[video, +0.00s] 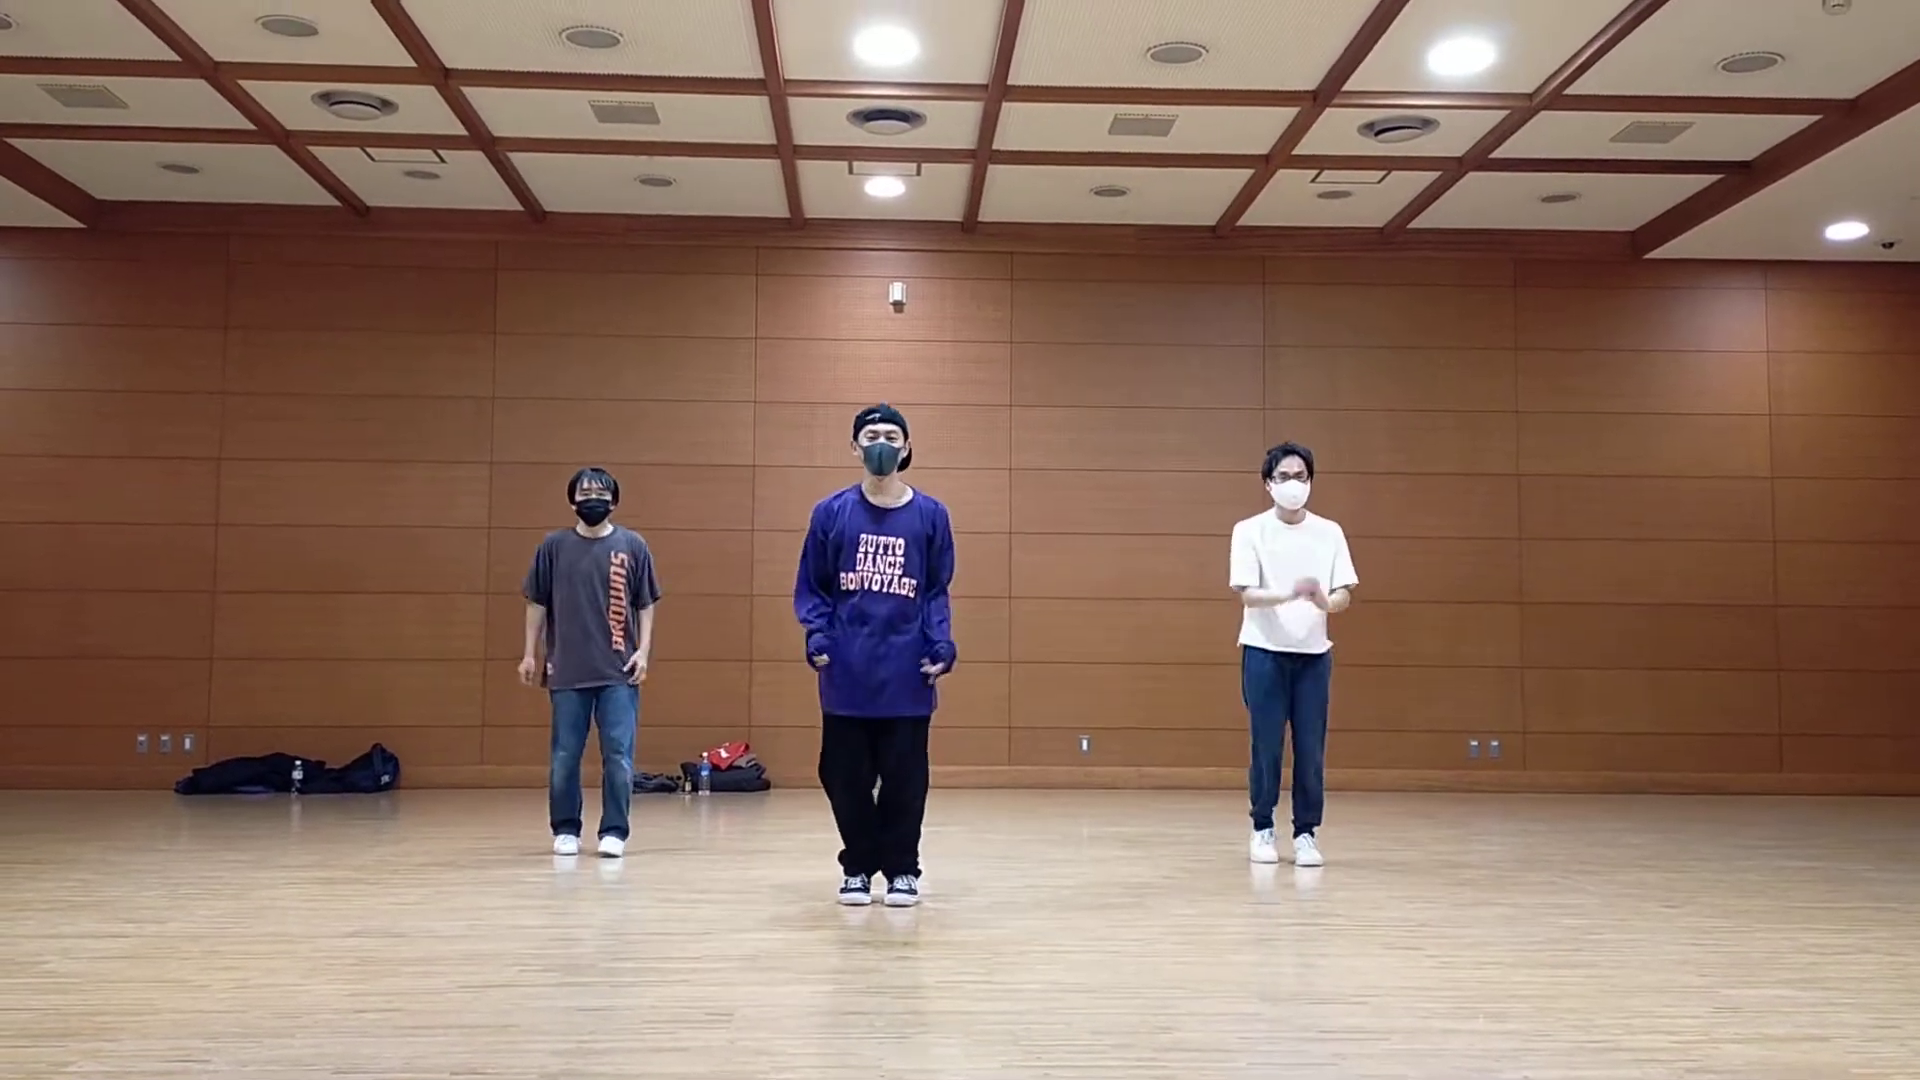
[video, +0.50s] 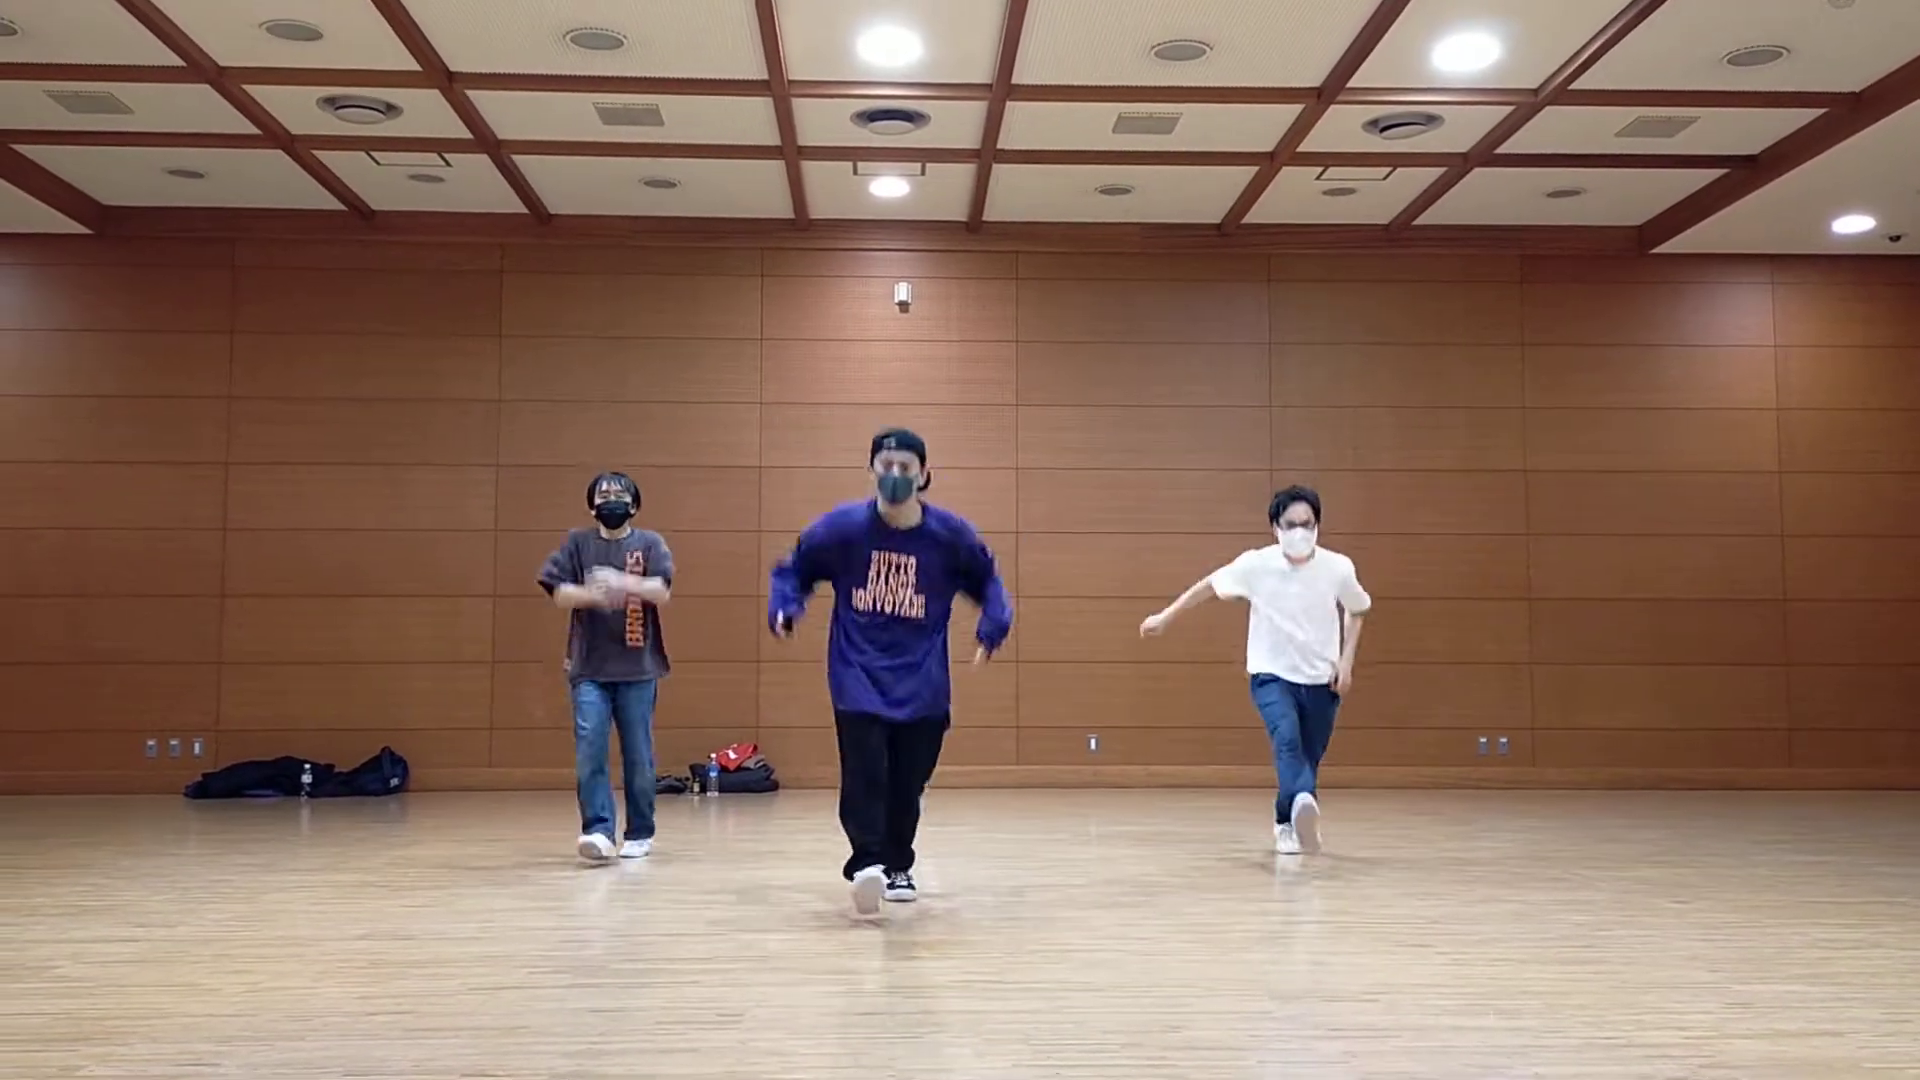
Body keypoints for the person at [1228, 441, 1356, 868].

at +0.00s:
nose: (1293, 484)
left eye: (1300, 477)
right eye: (1284, 478)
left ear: (1310, 483)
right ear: (1269, 483)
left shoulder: (1330, 532)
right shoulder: (1248, 531)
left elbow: (1344, 595)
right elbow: (1247, 595)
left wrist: (1326, 603)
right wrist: (1288, 595)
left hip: (1314, 655)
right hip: (1264, 653)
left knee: (1310, 749)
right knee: (1267, 747)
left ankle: (1306, 834)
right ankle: (1263, 830)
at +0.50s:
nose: (1300, 533)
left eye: (1307, 525)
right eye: (1290, 525)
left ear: (1318, 528)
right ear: (1275, 530)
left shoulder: (1338, 568)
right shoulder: (1255, 564)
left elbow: (1355, 611)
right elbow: (1208, 587)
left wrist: (1347, 661)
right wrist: (1165, 617)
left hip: (1320, 677)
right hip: (1271, 674)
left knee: (1310, 756)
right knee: (1287, 737)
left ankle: (1285, 823)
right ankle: (1305, 815)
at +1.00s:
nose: (1330, 476)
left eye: (1337, 469)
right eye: (1320, 469)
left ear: (1347, 475)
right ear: (1303, 476)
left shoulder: (1367, 525)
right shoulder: (1279, 529)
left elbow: (1377, 588)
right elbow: (1270, 598)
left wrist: (1370, 636)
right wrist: (1306, 639)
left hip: (1351, 655)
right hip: (1300, 655)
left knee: (1357, 746)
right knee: (1316, 742)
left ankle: (1345, 845)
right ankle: (1309, 845)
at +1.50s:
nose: (1335, 528)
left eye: (1343, 519)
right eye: (1325, 520)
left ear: (1355, 525)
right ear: (1309, 529)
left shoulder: (1376, 574)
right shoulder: (1286, 580)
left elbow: (1390, 629)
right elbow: (1250, 627)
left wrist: (1403, 679)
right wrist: (1278, 678)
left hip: (1368, 706)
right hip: (1307, 708)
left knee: (1423, 774)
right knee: (1281, 773)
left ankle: (1458, 858)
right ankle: (1234, 855)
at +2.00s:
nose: (1297, 479)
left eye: (1305, 471)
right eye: (1288, 472)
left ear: (1316, 477)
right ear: (1271, 478)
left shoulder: (1338, 528)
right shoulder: (1248, 533)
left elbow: (1350, 597)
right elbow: (1228, 602)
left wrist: (1356, 652)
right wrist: (1281, 576)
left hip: (1330, 659)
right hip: (1275, 660)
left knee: (1319, 764)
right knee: (1282, 757)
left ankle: (1287, 841)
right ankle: (1263, 851)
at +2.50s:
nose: (1368, 529)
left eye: (1378, 521)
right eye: (1359, 518)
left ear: (1388, 528)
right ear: (1342, 521)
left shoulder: (1379, 582)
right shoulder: (1307, 553)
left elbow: (1364, 657)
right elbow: (1234, 562)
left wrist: (1380, 640)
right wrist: (1237, 626)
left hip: (1322, 687)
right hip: (1274, 678)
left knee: (1383, 746)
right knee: (1286, 782)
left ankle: (1419, 852)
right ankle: (1217, 851)